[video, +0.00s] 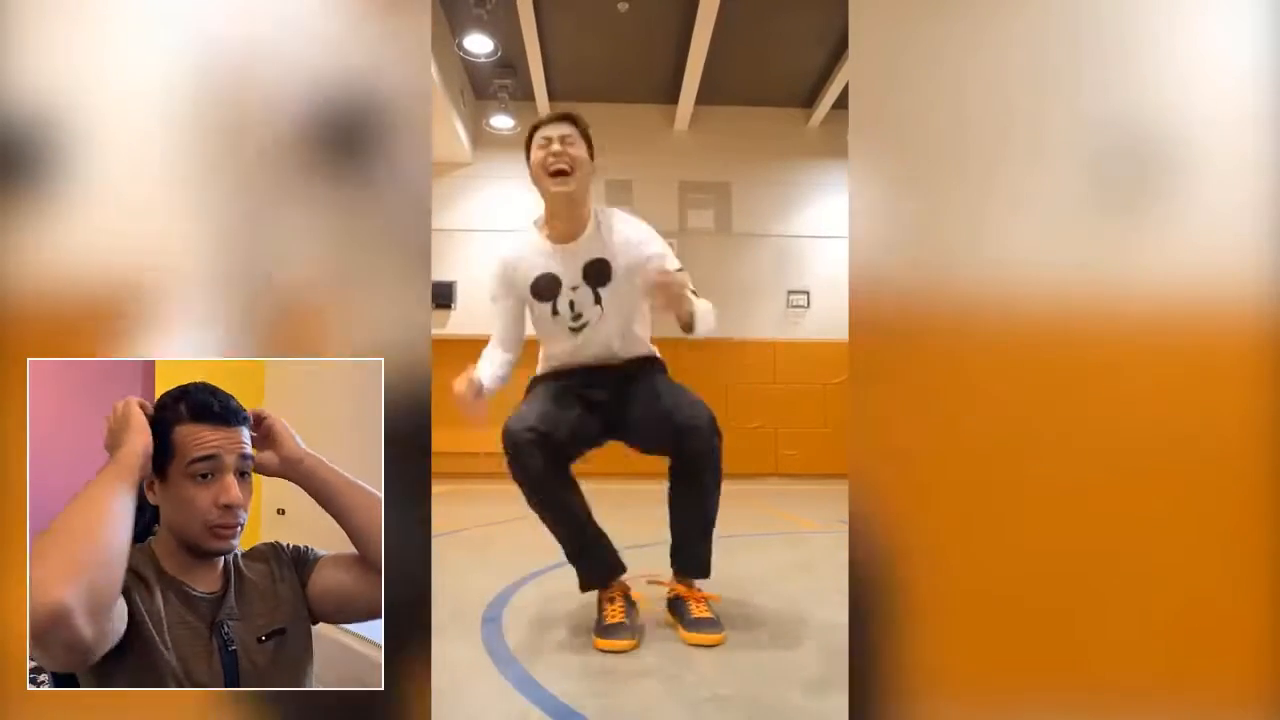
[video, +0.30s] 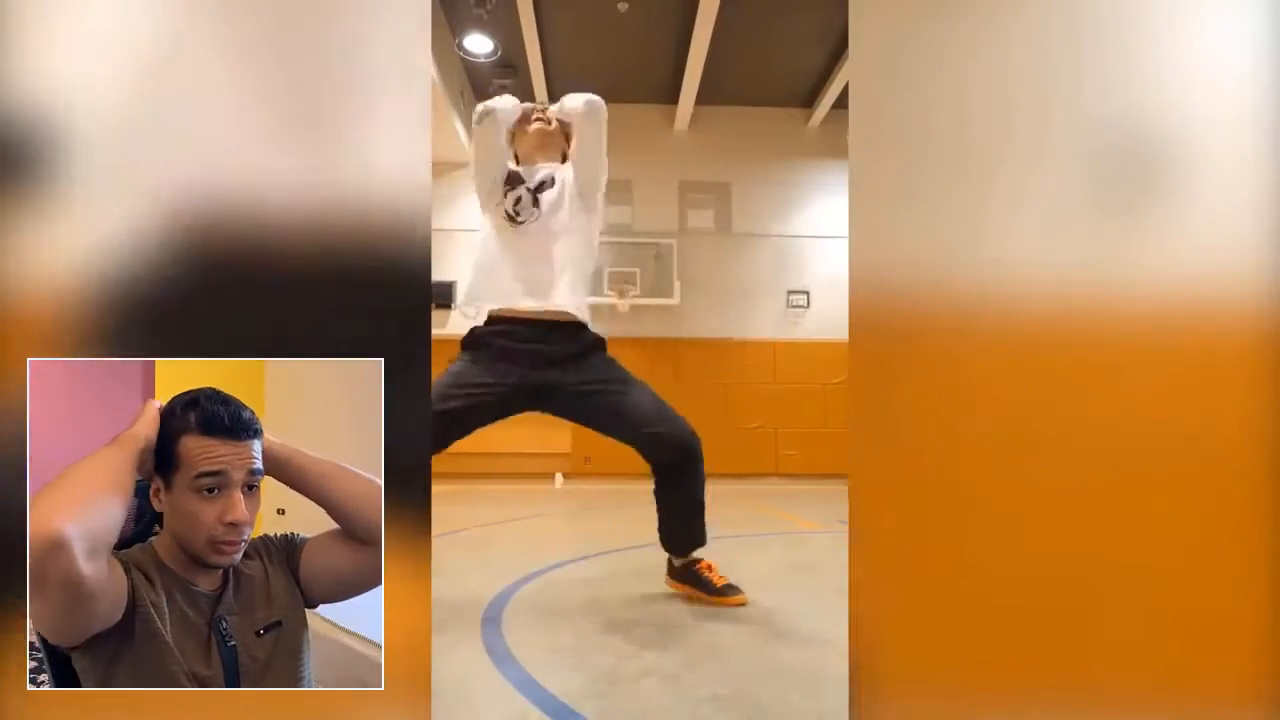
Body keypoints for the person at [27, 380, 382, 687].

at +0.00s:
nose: (233, 497)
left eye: (241, 473)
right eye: (204, 475)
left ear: (254, 477)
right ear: (154, 486)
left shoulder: (281, 574)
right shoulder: (120, 586)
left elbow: (403, 569)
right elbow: (57, 613)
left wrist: (299, 463)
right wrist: (126, 461)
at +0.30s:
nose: (239, 515)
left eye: (251, 488)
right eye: (210, 489)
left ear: (261, 487)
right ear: (159, 494)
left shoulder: (278, 569)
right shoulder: (113, 597)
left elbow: (389, 535)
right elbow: (57, 543)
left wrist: (262, 448)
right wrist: (134, 443)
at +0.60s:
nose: (242, 520)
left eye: (254, 492)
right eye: (213, 493)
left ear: (264, 490)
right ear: (160, 497)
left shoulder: (280, 569)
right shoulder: (115, 598)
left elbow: (394, 532)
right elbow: (70, 537)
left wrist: (262, 465)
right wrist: (143, 457)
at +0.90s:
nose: (250, 524)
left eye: (261, 493)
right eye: (219, 497)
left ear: (268, 493)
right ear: (168, 503)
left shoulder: (284, 571)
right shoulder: (121, 602)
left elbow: (398, 548)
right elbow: (81, 551)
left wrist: (264, 489)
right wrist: (145, 474)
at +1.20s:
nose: (259, 523)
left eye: (268, 494)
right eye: (227, 496)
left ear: (273, 495)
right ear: (173, 503)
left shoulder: (286, 574)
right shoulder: (121, 601)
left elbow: (400, 555)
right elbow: (81, 545)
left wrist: (268, 493)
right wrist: (151, 473)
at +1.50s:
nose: (267, 522)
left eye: (276, 494)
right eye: (239, 495)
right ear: (177, 501)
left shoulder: (283, 573)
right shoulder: (117, 598)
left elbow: (397, 551)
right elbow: (72, 534)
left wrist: (270, 494)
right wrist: (156, 473)